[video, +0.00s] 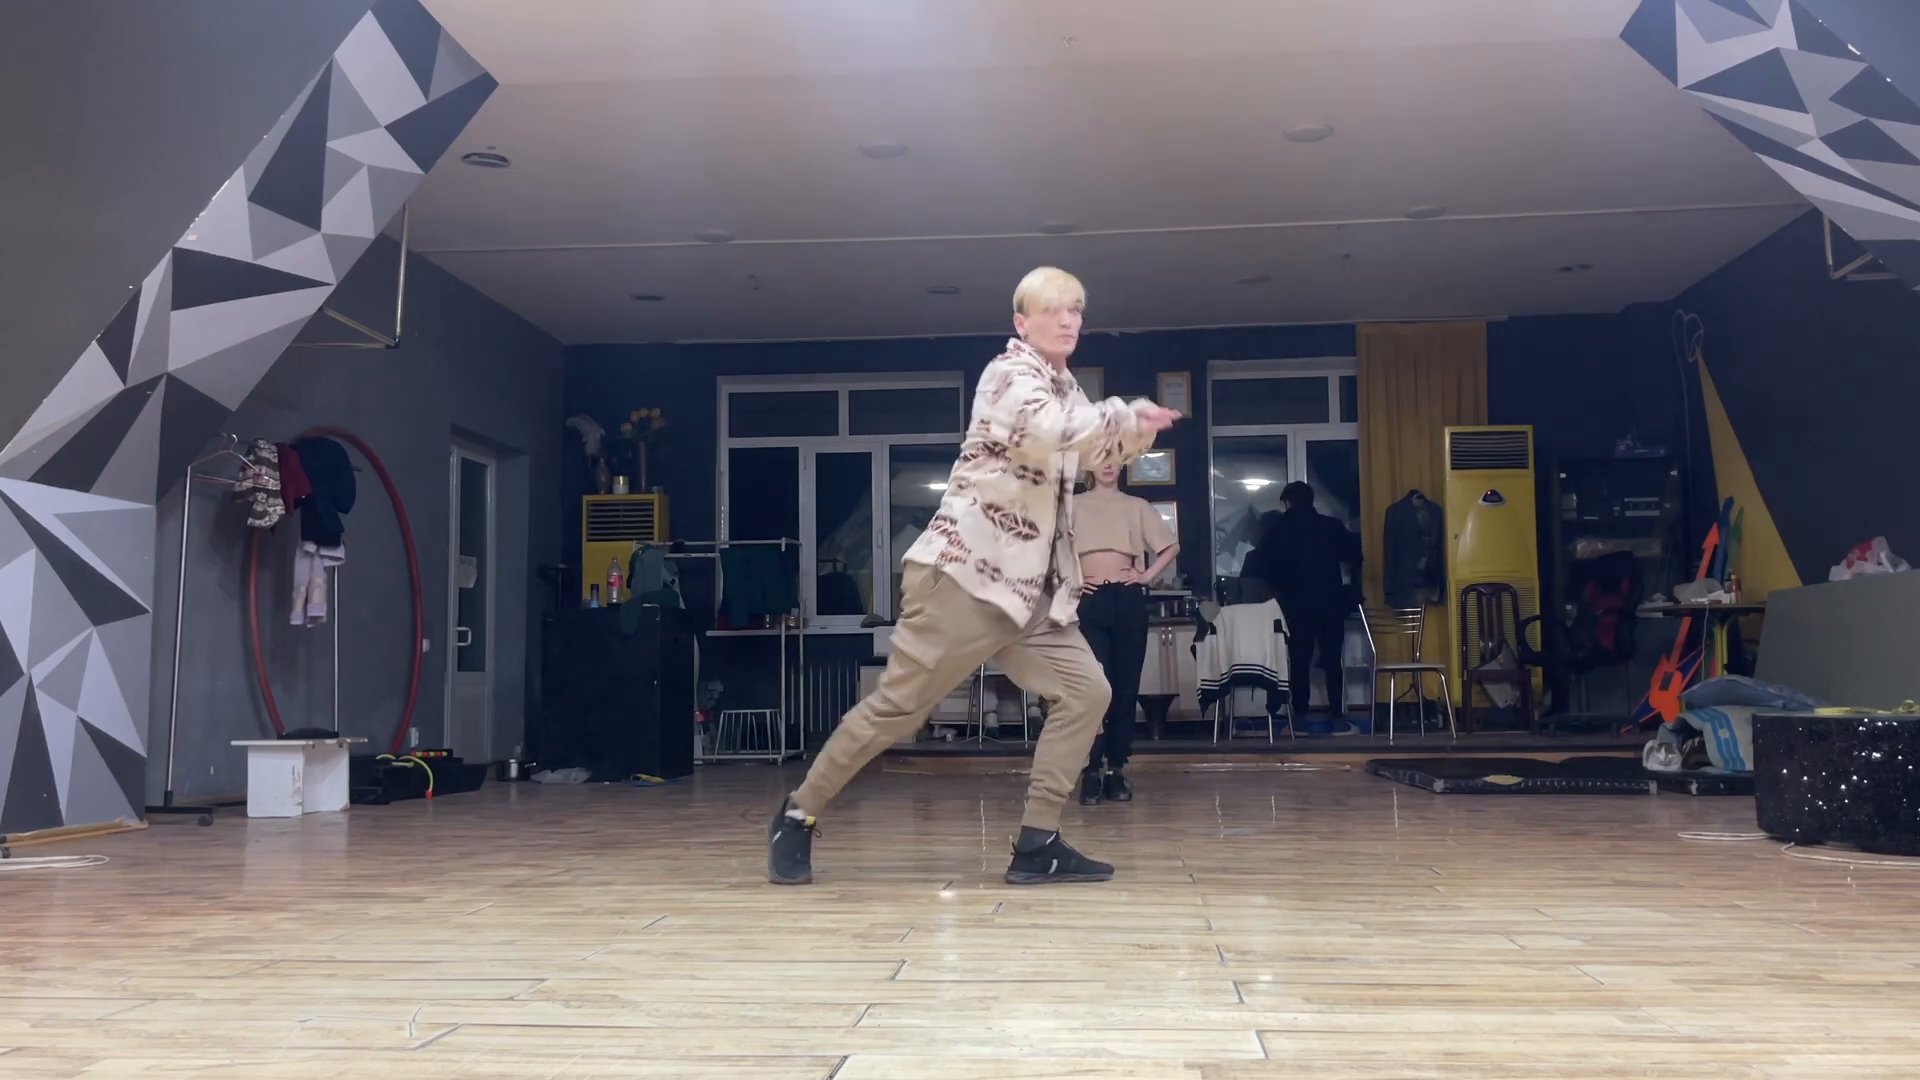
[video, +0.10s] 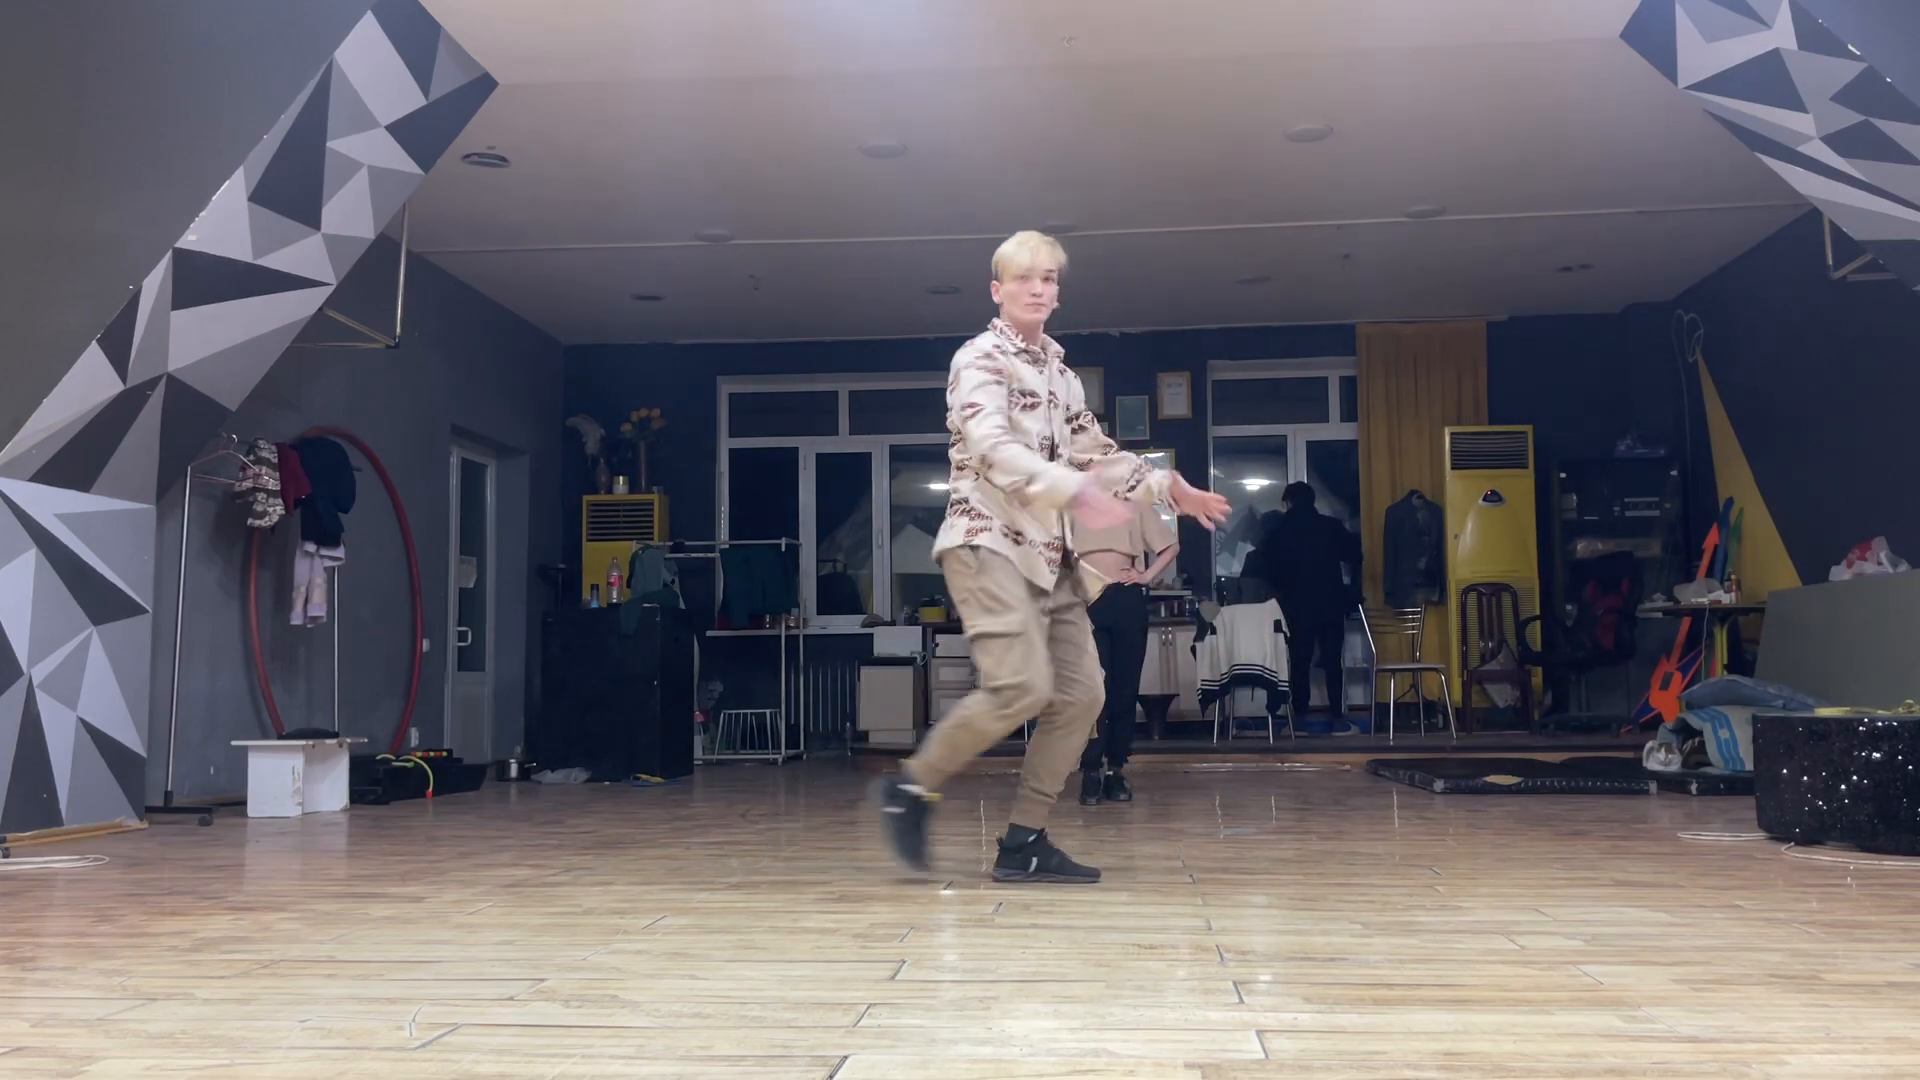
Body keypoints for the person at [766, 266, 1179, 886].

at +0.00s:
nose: (1073, 322)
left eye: (1078, 311)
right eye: (1060, 311)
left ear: (1079, 320)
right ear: (1023, 321)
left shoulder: (1067, 390)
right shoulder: (1011, 375)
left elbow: (1083, 460)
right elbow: (1048, 429)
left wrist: (1121, 449)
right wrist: (1123, 417)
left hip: (1022, 588)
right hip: (959, 575)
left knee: (1086, 692)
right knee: (896, 708)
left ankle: (1038, 841)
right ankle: (797, 816)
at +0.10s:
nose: (1040, 289)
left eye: (1049, 278)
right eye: (1026, 277)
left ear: (1059, 289)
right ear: (998, 288)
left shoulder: (1060, 373)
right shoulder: (978, 360)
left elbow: (1094, 452)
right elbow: (993, 449)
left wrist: (1167, 486)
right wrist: (1076, 487)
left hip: (1046, 554)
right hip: (984, 546)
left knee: (1080, 693)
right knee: (1021, 685)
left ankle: (1023, 840)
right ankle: (909, 790)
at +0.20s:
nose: (1014, 293)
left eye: (1024, 283)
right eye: (1001, 281)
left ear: (1036, 293)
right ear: (975, 290)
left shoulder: (1054, 377)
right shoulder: (948, 370)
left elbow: (1098, 448)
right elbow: (905, 445)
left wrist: (1157, 488)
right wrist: (883, 442)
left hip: (1067, 537)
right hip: (1016, 537)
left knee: (1076, 696)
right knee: (1120, 632)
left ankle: (1023, 837)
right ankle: (1157, 817)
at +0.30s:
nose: (1003, 323)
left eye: (1012, 314)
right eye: (990, 310)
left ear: (1017, 320)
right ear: (957, 313)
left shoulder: (1033, 383)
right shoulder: (926, 398)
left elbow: (1091, 444)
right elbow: (850, 409)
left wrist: (1122, 448)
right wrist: (776, 350)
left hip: (1099, 539)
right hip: (1055, 549)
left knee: (1105, 697)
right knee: (1173, 660)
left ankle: (1039, 841)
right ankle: (1256, 814)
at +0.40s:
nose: (999, 332)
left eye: (1007, 322)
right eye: (986, 319)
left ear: (1012, 328)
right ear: (953, 324)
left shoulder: (1022, 383)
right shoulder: (929, 403)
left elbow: (1072, 438)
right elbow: (854, 414)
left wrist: (1086, 427)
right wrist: (801, 349)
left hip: (1102, 542)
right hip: (1063, 558)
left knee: (1112, 696)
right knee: (1181, 664)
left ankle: (1044, 837)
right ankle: (1229, 826)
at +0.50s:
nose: (1019, 306)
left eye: (1026, 296)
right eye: (1006, 295)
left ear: (1030, 305)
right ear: (973, 305)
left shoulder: (1028, 367)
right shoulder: (949, 376)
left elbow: (1062, 435)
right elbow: (931, 425)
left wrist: (1086, 437)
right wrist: (968, 404)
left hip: (1063, 539)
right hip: (1038, 544)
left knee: (1099, 684)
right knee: (1153, 644)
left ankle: (1046, 845)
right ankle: (1065, 790)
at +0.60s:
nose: (1037, 298)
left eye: (1041, 287)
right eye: (1022, 287)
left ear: (1040, 295)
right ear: (987, 300)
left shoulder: (1014, 360)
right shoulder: (992, 360)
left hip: (1039, 557)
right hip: (1008, 558)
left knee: (1095, 695)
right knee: (1052, 703)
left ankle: (1050, 840)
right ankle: (900, 761)